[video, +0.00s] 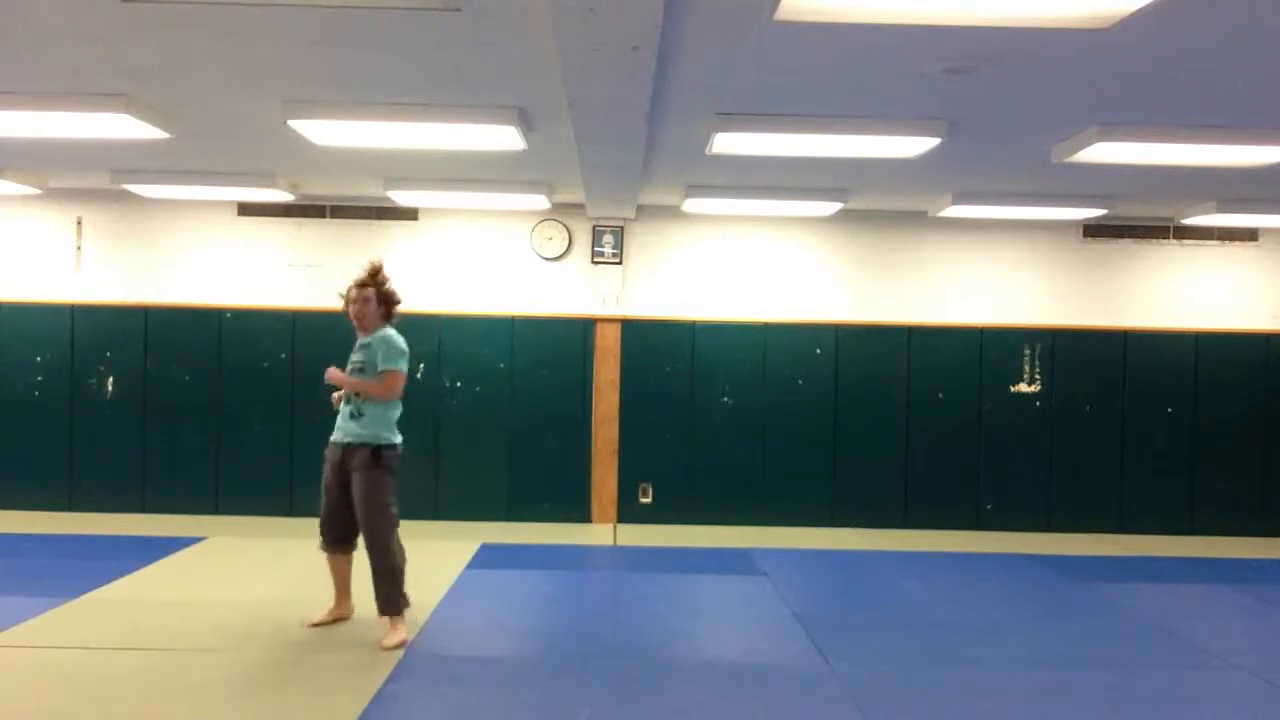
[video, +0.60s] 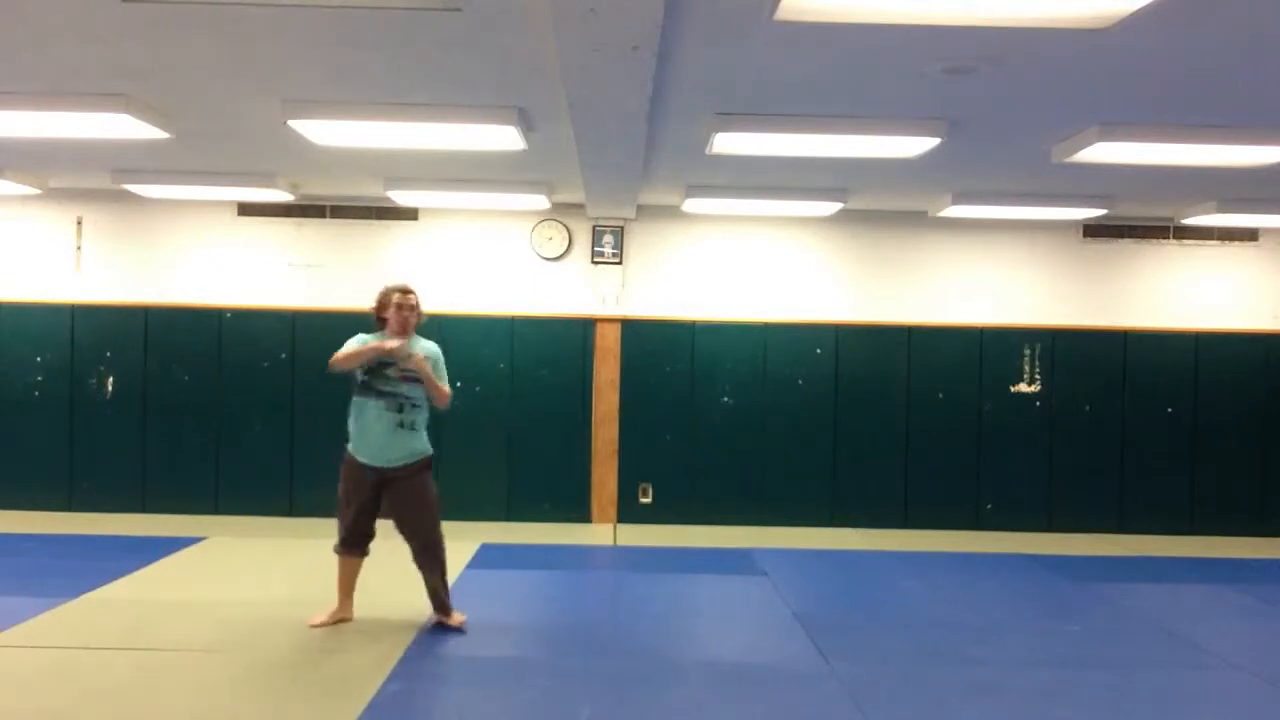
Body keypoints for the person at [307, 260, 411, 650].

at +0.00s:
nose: (356, 309)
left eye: (364, 302)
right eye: (352, 302)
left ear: (383, 306)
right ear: (347, 306)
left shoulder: (391, 342)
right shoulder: (361, 344)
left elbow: (392, 388)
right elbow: (373, 389)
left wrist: (345, 381)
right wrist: (347, 396)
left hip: (373, 446)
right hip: (341, 442)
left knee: (378, 531)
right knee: (335, 526)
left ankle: (395, 618)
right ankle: (341, 603)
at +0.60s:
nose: (404, 314)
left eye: (409, 308)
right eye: (398, 307)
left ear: (418, 315)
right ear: (383, 312)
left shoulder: (430, 351)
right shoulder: (363, 342)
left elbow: (444, 400)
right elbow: (336, 363)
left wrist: (421, 370)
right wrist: (380, 349)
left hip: (411, 460)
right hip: (362, 459)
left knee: (427, 538)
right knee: (351, 536)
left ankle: (443, 610)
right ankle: (344, 607)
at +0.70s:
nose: (423, 317)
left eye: (429, 311)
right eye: (417, 311)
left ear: (435, 317)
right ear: (398, 315)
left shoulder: (441, 353)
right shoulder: (378, 348)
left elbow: (449, 403)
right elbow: (376, 349)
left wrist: (437, 388)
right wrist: (410, 334)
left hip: (431, 460)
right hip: (382, 459)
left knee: (438, 542)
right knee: (360, 539)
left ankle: (444, 612)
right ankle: (342, 607)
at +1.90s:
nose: (625, 325)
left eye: (627, 318)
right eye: (617, 317)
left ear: (629, 321)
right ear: (596, 320)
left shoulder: (624, 359)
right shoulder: (573, 359)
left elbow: (616, 404)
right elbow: (548, 413)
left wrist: (645, 415)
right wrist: (582, 447)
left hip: (618, 475)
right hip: (573, 475)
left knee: (632, 555)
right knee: (559, 553)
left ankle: (657, 636)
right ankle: (540, 627)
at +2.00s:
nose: (644, 323)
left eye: (647, 316)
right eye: (635, 316)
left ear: (650, 320)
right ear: (615, 320)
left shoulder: (647, 358)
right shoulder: (595, 358)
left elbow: (638, 404)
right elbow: (568, 416)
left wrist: (667, 418)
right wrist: (589, 465)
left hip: (642, 480)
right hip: (600, 479)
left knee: (650, 563)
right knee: (580, 561)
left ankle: (662, 643)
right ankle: (549, 620)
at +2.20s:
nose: (669, 314)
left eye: (675, 306)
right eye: (660, 307)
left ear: (682, 312)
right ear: (643, 313)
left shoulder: (689, 352)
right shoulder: (622, 354)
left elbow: (696, 396)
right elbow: (598, 412)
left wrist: (711, 410)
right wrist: (590, 472)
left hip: (675, 471)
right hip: (631, 470)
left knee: (671, 562)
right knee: (643, 555)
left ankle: (663, 644)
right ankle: (611, 630)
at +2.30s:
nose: (678, 314)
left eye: (684, 306)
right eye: (669, 307)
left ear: (692, 312)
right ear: (653, 314)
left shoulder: (703, 354)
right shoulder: (632, 356)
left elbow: (716, 396)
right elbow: (605, 413)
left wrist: (728, 407)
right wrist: (600, 473)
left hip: (686, 475)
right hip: (641, 473)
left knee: (679, 566)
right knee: (655, 565)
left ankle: (666, 644)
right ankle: (657, 660)